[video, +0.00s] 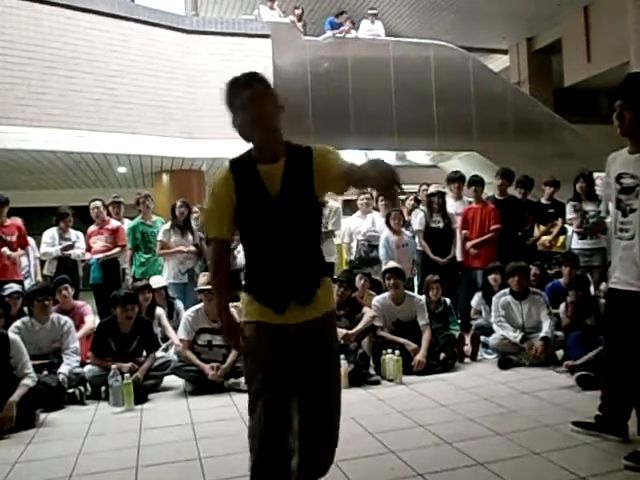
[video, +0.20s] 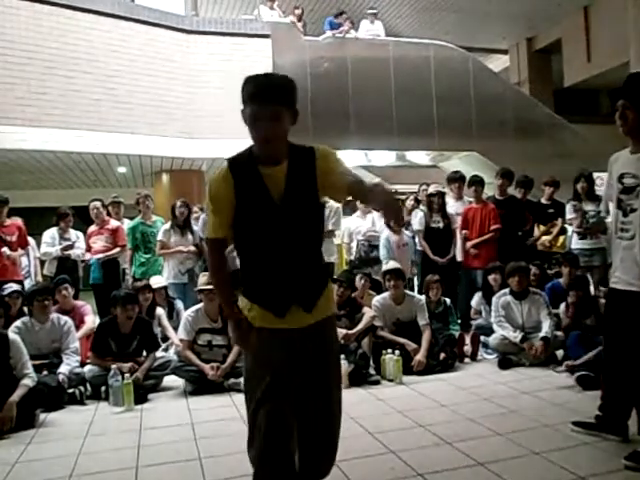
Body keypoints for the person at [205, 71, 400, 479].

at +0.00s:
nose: (256, 110)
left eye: (261, 99)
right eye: (245, 104)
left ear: (279, 105)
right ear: (234, 122)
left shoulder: (316, 161)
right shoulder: (228, 180)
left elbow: (372, 178)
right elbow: (219, 257)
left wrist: (381, 173)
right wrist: (226, 319)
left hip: (316, 312)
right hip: (262, 317)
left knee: (321, 423)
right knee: (270, 425)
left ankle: (308, 474)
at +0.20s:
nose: (262, 128)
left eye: (272, 118)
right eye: (254, 119)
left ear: (291, 118)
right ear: (244, 120)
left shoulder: (318, 163)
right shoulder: (227, 178)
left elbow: (360, 188)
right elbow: (215, 250)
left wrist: (385, 199)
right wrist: (232, 316)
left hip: (317, 316)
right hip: (262, 321)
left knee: (322, 423)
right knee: (270, 428)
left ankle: (312, 476)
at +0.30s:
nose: (229, 138)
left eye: (234, 128)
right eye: (226, 129)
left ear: (270, 125)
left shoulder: (320, 163)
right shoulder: (236, 181)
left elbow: (357, 207)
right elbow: (215, 254)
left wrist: (352, 244)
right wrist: (236, 323)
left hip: (318, 317)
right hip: (263, 322)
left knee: (323, 422)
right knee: (271, 426)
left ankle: (310, 477)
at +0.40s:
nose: (230, 140)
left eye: (236, 130)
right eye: (228, 131)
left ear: (272, 127)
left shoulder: (319, 169)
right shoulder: (231, 191)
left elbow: (337, 222)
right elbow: (218, 264)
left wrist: (340, 272)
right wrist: (236, 329)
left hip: (319, 320)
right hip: (264, 327)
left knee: (324, 427)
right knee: (272, 431)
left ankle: (313, 479)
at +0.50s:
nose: (247, 150)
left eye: (257, 138)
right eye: (239, 140)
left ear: (286, 140)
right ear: (233, 145)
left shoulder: (320, 184)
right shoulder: (230, 203)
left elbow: (340, 239)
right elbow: (212, 267)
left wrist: (348, 293)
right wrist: (210, 306)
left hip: (318, 320)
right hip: (263, 325)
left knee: (323, 421)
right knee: (271, 424)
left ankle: (322, 475)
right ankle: (274, 479)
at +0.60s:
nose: (255, 156)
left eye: (266, 145)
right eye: (247, 146)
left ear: (290, 148)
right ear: (239, 153)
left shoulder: (319, 193)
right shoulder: (232, 203)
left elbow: (367, 234)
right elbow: (202, 260)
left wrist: (347, 285)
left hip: (316, 320)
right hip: (263, 323)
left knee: (328, 419)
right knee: (275, 404)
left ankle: (325, 477)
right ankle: (270, 479)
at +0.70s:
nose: (257, 140)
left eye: (268, 130)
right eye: (249, 132)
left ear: (290, 137)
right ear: (241, 140)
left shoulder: (314, 184)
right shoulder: (228, 191)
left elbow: (341, 230)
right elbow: (173, 219)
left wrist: (343, 286)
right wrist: (179, 200)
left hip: (313, 316)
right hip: (263, 321)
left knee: (326, 423)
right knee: (272, 418)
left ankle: (321, 477)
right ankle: (264, 468)